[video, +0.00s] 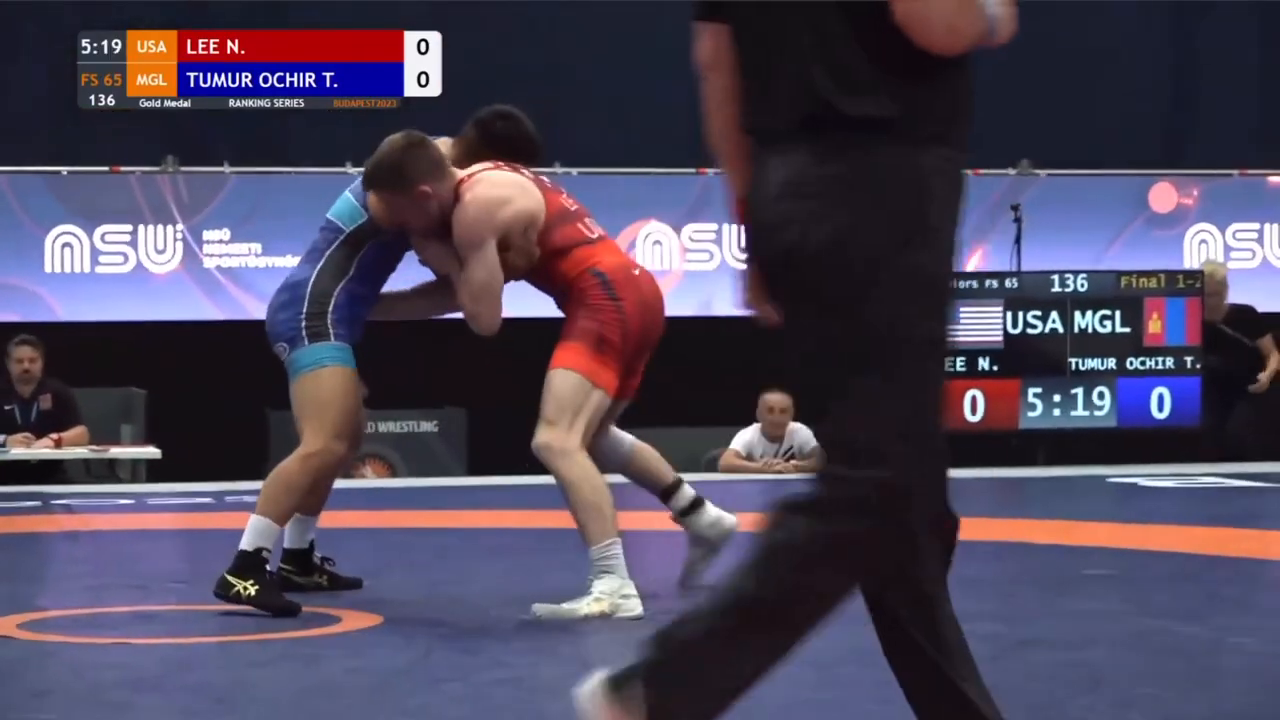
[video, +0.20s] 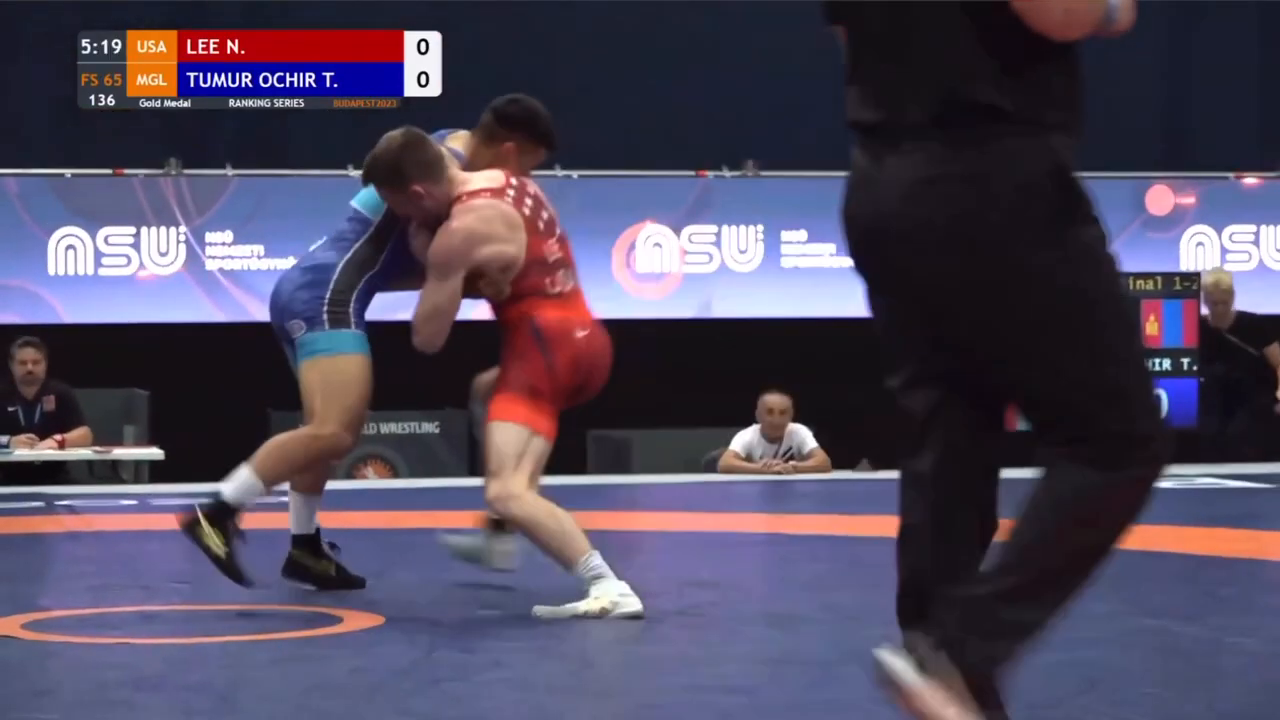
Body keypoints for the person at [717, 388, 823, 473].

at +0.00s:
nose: (776, 417)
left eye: (783, 411)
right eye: (770, 411)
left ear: (792, 415)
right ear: (758, 414)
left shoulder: (800, 432)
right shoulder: (747, 435)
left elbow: (820, 462)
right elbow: (725, 463)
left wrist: (791, 467)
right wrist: (763, 468)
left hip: (792, 495)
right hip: (754, 495)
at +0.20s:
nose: (776, 419)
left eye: (782, 413)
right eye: (770, 412)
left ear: (791, 415)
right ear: (758, 414)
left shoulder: (799, 432)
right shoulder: (747, 435)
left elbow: (824, 463)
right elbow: (725, 464)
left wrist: (790, 467)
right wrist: (764, 468)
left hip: (792, 495)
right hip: (754, 495)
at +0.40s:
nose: (776, 420)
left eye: (782, 414)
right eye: (770, 413)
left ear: (791, 416)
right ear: (758, 416)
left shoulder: (799, 433)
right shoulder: (747, 437)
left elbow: (824, 465)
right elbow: (725, 465)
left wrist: (791, 468)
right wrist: (763, 469)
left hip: (792, 496)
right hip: (755, 497)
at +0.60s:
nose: (776, 420)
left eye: (782, 414)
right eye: (770, 414)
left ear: (791, 417)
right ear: (758, 417)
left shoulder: (799, 434)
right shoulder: (747, 438)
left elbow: (824, 465)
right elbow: (725, 466)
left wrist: (792, 469)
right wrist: (761, 470)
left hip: (793, 497)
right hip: (755, 498)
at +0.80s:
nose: (791, 421)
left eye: (797, 415)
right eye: (784, 415)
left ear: (805, 418)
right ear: (773, 417)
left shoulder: (815, 435)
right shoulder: (762, 439)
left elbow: (840, 466)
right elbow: (741, 467)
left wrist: (807, 470)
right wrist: (778, 471)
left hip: (808, 498)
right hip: (771, 499)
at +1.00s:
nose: (805, 426)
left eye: (811, 420)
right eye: (799, 420)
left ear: (819, 419)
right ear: (788, 421)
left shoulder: (830, 438)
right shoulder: (777, 441)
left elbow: (855, 468)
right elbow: (760, 468)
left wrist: (825, 472)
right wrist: (792, 474)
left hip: (824, 502)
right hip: (786, 502)